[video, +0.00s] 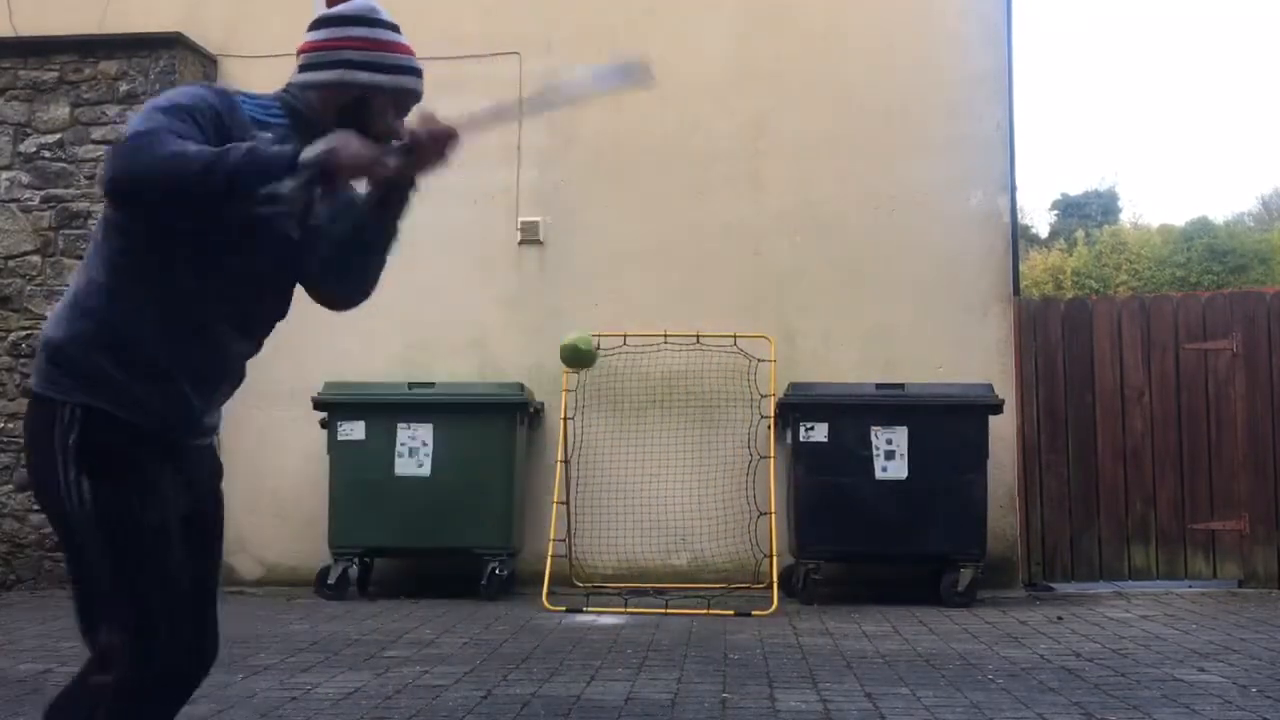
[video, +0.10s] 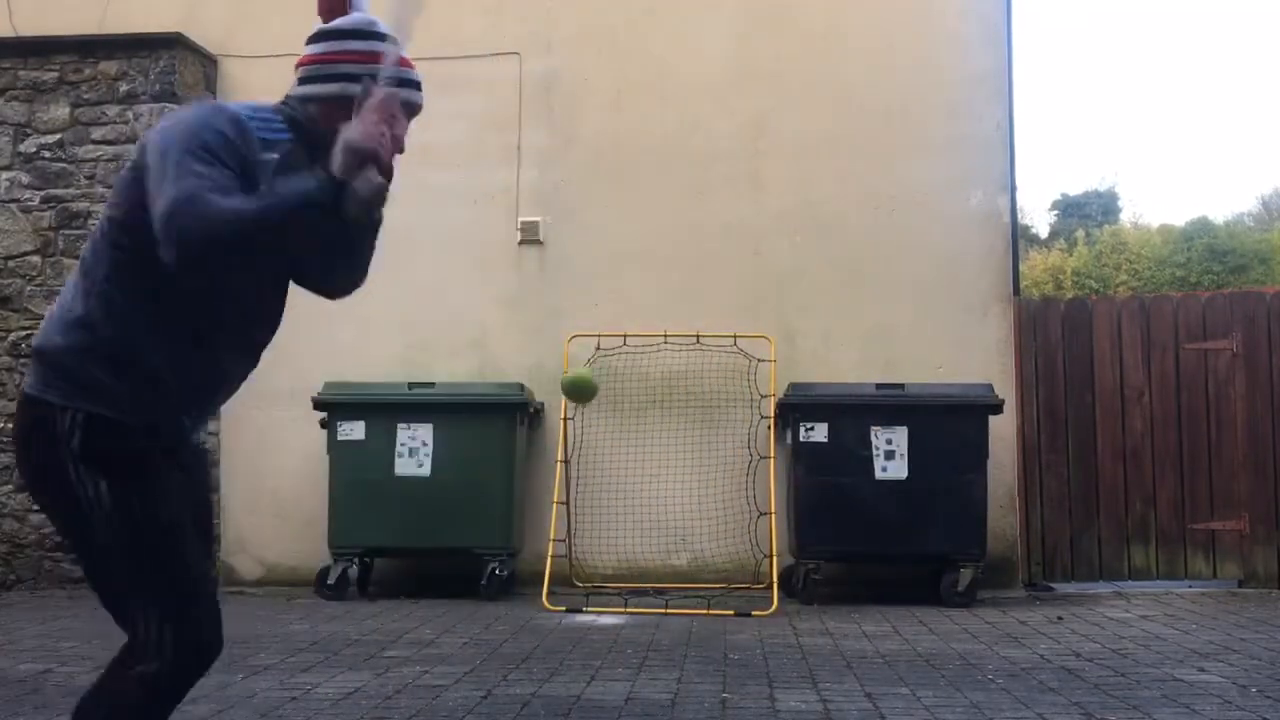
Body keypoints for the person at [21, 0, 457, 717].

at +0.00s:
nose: (402, 126)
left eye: (406, 109)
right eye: (397, 106)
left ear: (340, 91)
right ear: (350, 92)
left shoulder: (329, 184)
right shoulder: (211, 111)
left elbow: (339, 286)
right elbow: (131, 167)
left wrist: (396, 181)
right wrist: (300, 160)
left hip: (183, 423)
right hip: (92, 406)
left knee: (185, 652)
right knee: (137, 654)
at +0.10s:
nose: (404, 137)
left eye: (409, 118)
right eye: (399, 113)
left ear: (344, 104)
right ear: (344, 100)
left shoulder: (315, 177)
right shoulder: (205, 130)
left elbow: (335, 275)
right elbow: (185, 231)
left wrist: (367, 192)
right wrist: (330, 179)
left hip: (165, 424)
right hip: (79, 414)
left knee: (183, 635)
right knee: (179, 638)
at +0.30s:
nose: (399, 156)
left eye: (405, 135)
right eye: (396, 133)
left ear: (340, 115)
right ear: (352, 119)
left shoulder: (288, 177)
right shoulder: (274, 178)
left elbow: (317, 338)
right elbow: (256, 365)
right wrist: (315, 471)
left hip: (134, 431)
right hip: (90, 429)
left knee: (180, 660)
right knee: (161, 664)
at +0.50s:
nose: (399, 126)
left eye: (403, 107)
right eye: (401, 107)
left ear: (321, 82)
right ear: (386, 99)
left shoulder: (260, 143)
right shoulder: (354, 172)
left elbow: (220, 325)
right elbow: (363, 331)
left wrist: (300, 448)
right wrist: (364, 452)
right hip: (151, 426)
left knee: (257, 613)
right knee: (190, 657)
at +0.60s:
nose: (417, 87)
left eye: (415, 74)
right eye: (417, 74)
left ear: (332, 63)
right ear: (406, 74)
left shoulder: (256, 133)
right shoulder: (398, 149)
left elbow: (203, 275)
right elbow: (416, 303)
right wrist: (388, 416)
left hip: (161, 403)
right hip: (246, 419)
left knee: (258, 652)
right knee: (278, 664)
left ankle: (163, 515)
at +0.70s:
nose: (425, 90)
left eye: (425, 78)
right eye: (426, 77)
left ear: (342, 67)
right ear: (421, 76)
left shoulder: (268, 145)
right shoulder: (416, 152)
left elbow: (228, 297)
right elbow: (455, 304)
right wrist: (434, 423)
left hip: (194, 415)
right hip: (286, 425)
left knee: (283, 646)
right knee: (354, 656)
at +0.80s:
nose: (457, 82)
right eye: (456, 71)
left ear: (373, 69)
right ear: (452, 75)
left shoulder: (300, 151)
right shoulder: (458, 155)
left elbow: (247, 303)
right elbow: (512, 308)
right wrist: (510, 446)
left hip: (241, 417)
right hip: (348, 424)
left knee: (310, 639)